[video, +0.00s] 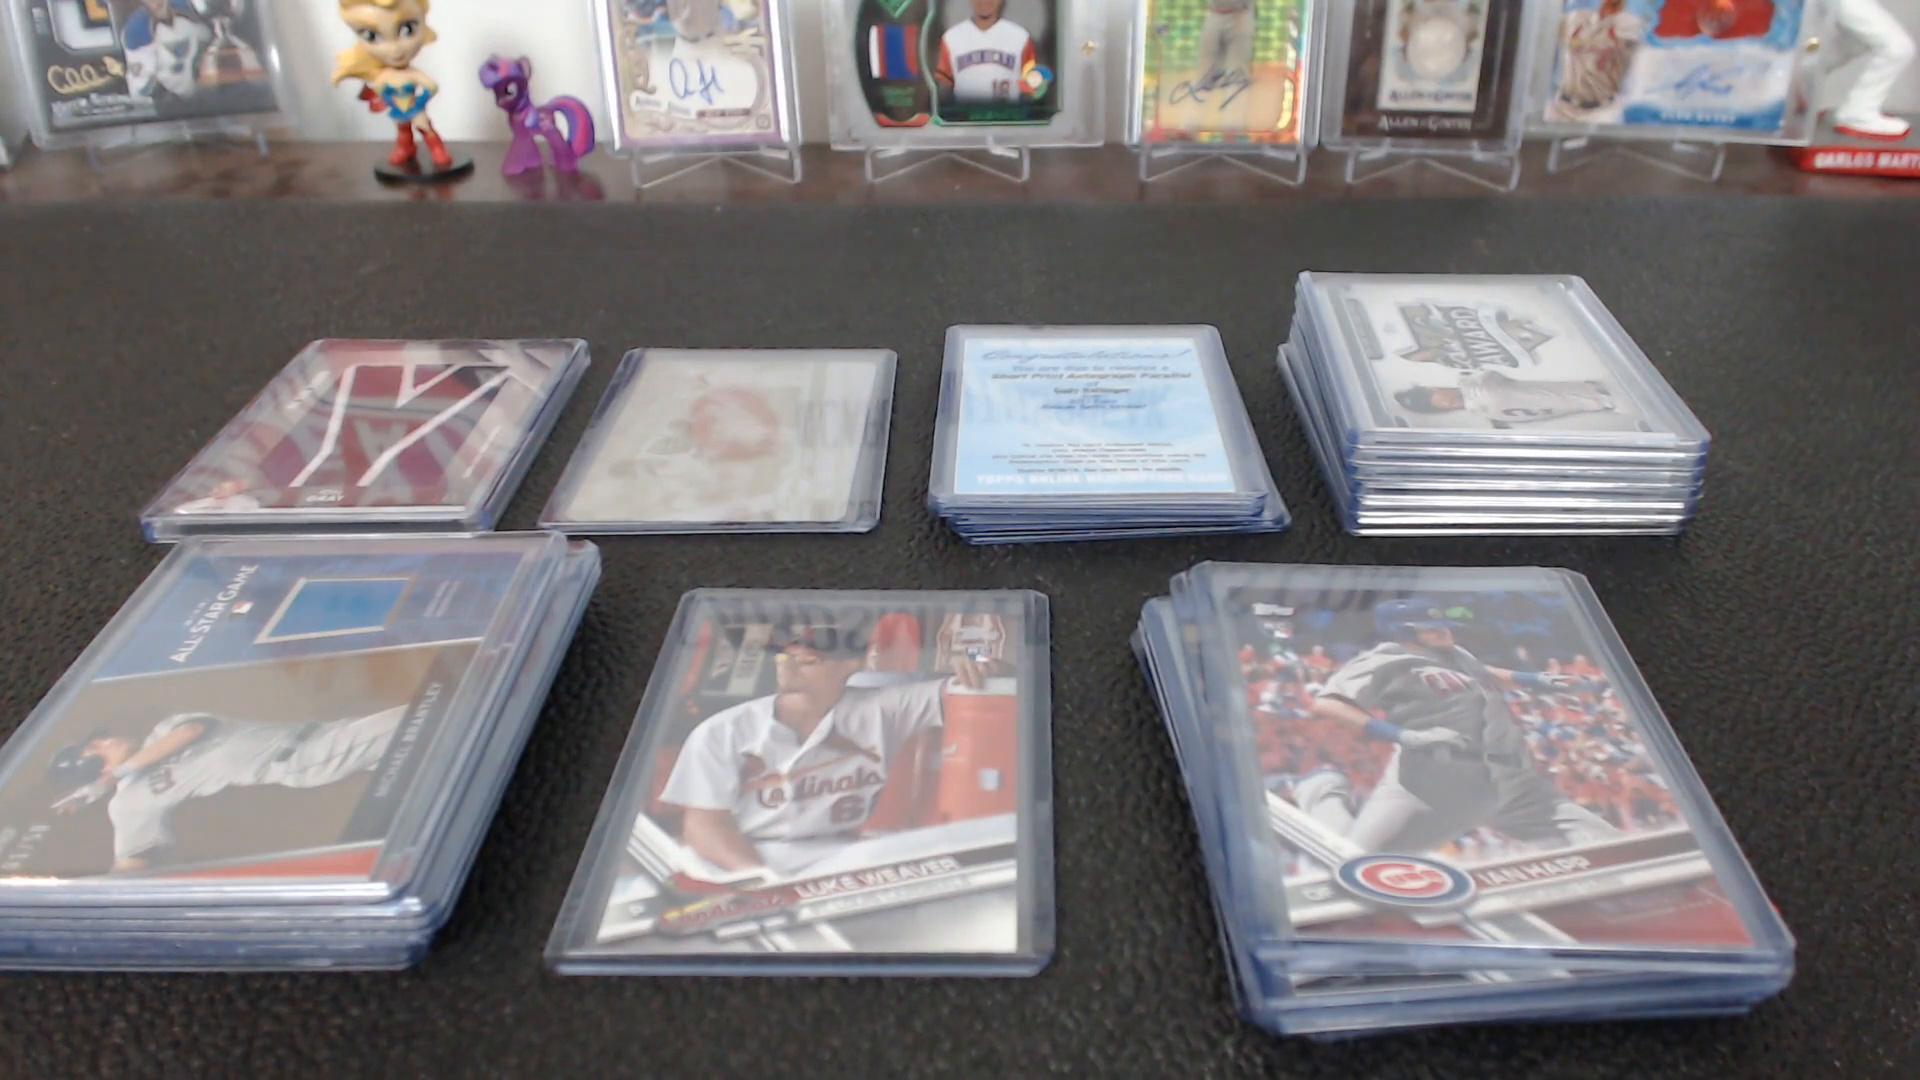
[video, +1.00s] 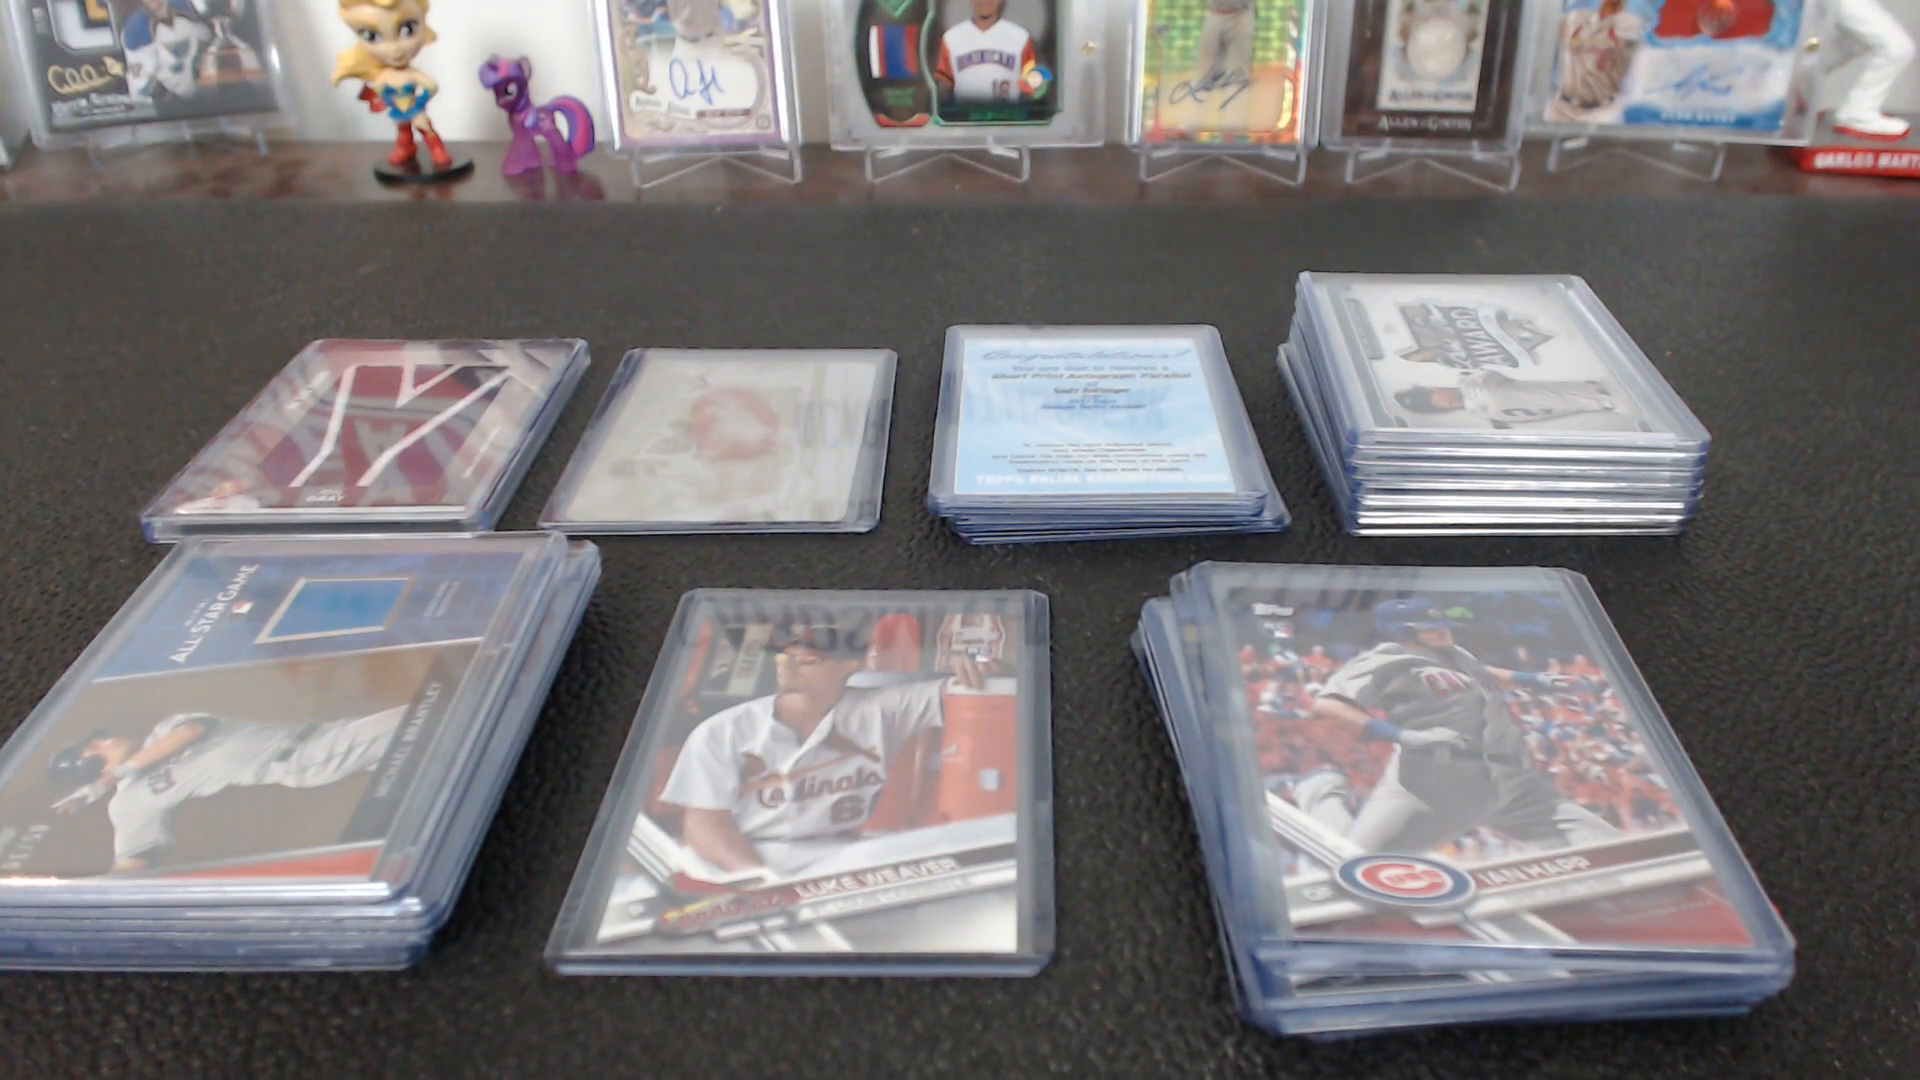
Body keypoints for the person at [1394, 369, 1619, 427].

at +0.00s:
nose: (1445, 400)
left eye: (1439, 395)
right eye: (1440, 403)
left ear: (1441, 388)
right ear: (1440, 408)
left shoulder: (1469, 382)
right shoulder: (1472, 408)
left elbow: (1495, 380)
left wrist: (1484, 390)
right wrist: (1503, 419)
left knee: (1552, 396)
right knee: (1551, 402)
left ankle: (1593, 397)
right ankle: (1590, 398)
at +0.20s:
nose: (1445, 400)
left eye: (1439, 395)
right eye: (1440, 403)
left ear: (1440, 388)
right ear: (1440, 408)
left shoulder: (1469, 382)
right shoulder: (1472, 408)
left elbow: (1495, 380)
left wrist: (1484, 389)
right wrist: (1504, 419)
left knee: (1552, 396)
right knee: (1551, 403)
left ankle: (1593, 397)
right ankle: (1590, 398)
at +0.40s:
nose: (1445, 400)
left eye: (1439, 395)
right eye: (1440, 403)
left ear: (1441, 388)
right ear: (1440, 408)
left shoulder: (1469, 381)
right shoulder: (1471, 409)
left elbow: (1495, 380)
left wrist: (1486, 393)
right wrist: (1507, 418)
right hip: (1506, 408)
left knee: (1551, 396)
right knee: (1551, 404)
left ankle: (1593, 397)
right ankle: (1589, 399)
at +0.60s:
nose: (1445, 400)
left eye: (1439, 395)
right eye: (1440, 403)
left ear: (1441, 388)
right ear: (1440, 408)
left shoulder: (1468, 381)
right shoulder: (1471, 408)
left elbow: (1494, 379)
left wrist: (1485, 391)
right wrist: (1507, 418)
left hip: (1509, 391)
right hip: (1506, 408)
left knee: (1551, 396)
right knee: (1551, 404)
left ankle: (1592, 396)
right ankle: (1589, 399)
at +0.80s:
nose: (1445, 400)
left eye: (1439, 395)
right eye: (1440, 403)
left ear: (1440, 388)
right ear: (1440, 408)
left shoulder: (1468, 381)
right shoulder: (1470, 408)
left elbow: (1494, 379)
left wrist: (1486, 393)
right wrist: (1507, 417)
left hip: (1515, 391)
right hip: (1508, 408)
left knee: (1552, 396)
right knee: (1552, 403)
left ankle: (1593, 396)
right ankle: (1590, 399)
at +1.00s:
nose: (1445, 400)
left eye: (1439, 395)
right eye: (1440, 403)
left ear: (1441, 388)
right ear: (1440, 408)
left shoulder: (1468, 381)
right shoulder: (1471, 408)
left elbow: (1494, 379)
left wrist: (1486, 391)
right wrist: (1508, 418)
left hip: (1513, 392)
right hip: (1507, 408)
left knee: (1552, 396)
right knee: (1552, 404)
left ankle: (1592, 396)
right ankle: (1589, 399)